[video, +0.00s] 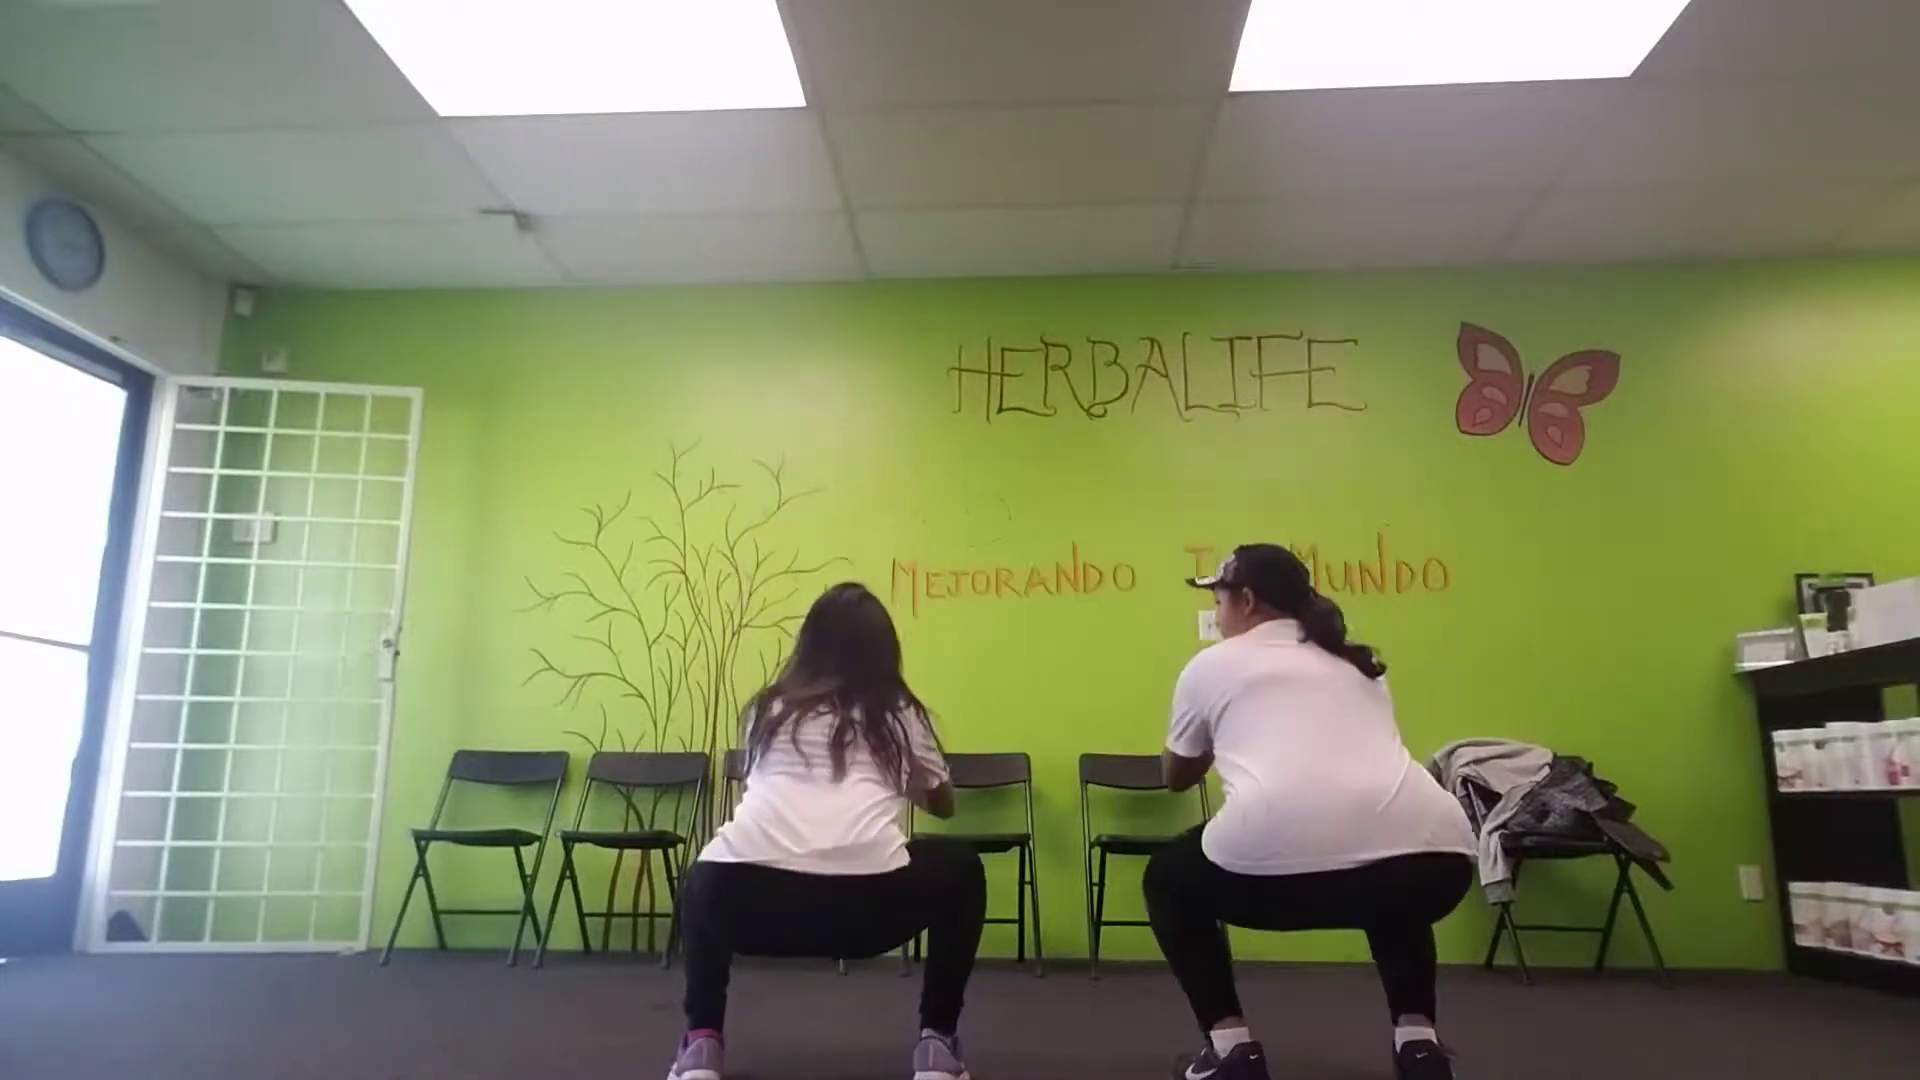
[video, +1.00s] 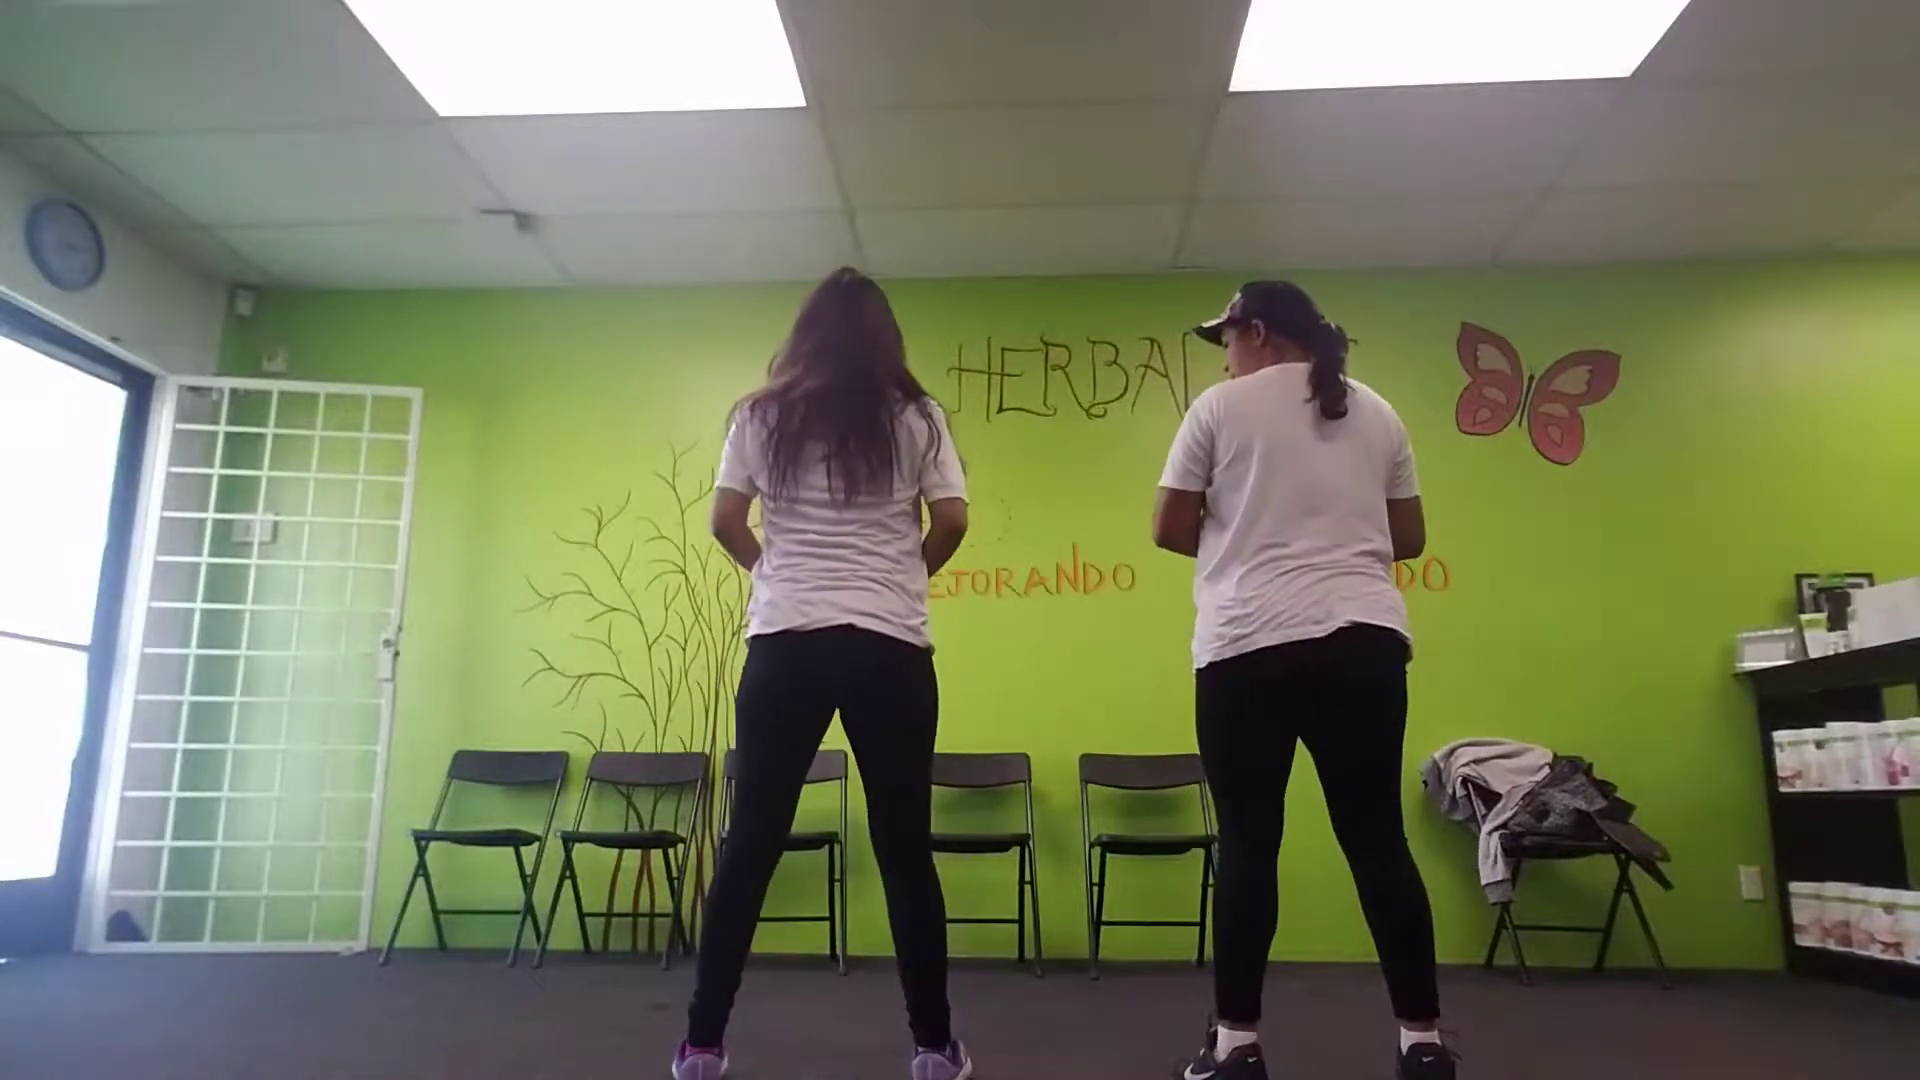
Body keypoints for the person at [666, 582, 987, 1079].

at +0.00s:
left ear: (806, 645)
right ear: (885, 649)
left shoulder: (767, 705)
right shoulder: (900, 710)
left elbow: (754, 778)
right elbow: (942, 803)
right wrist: (886, 763)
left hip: (750, 903)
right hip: (862, 908)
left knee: (703, 880)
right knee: (962, 870)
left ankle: (701, 1040)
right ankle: (937, 1042)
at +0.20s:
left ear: (803, 632)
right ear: (882, 638)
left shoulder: (765, 690)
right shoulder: (899, 698)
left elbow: (756, 758)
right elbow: (940, 774)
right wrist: (890, 741)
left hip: (744, 860)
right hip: (862, 866)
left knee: (707, 856)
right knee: (952, 861)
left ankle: (699, 1044)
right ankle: (934, 1044)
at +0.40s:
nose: (892, 557)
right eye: (886, 547)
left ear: (805, 550)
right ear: (883, 555)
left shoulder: (765, 607)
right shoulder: (898, 612)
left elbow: (752, 686)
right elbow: (951, 698)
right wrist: (896, 655)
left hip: (750, 757)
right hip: (865, 762)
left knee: (717, 878)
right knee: (942, 874)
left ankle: (699, 1047)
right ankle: (934, 1048)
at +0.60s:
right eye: (887, 433)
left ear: (804, 434)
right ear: (886, 439)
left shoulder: (767, 503)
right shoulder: (909, 508)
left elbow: (739, 609)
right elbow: (963, 616)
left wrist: (794, 610)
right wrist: (895, 605)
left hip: (764, 678)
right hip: (875, 684)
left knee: (724, 854)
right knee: (929, 861)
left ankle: (699, 1049)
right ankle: (934, 1050)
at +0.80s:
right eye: (889, 347)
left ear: (804, 353)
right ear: (891, 358)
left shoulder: (765, 431)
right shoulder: (922, 433)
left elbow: (731, 541)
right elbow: (962, 538)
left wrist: (796, 570)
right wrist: (900, 573)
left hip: (781, 642)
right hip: (886, 645)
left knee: (748, 844)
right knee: (913, 849)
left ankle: (702, 1049)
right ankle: (934, 1050)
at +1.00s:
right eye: (884, 323)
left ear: (803, 334)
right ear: (887, 337)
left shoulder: (762, 412)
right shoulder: (919, 412)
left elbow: (726, 520)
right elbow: (953, 519)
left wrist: (778, 571)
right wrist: (902, 575)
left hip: (786, 644)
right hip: (890, 646)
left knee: (750, 847)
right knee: (906, 851)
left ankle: (701, 1050)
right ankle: (934, 1051)